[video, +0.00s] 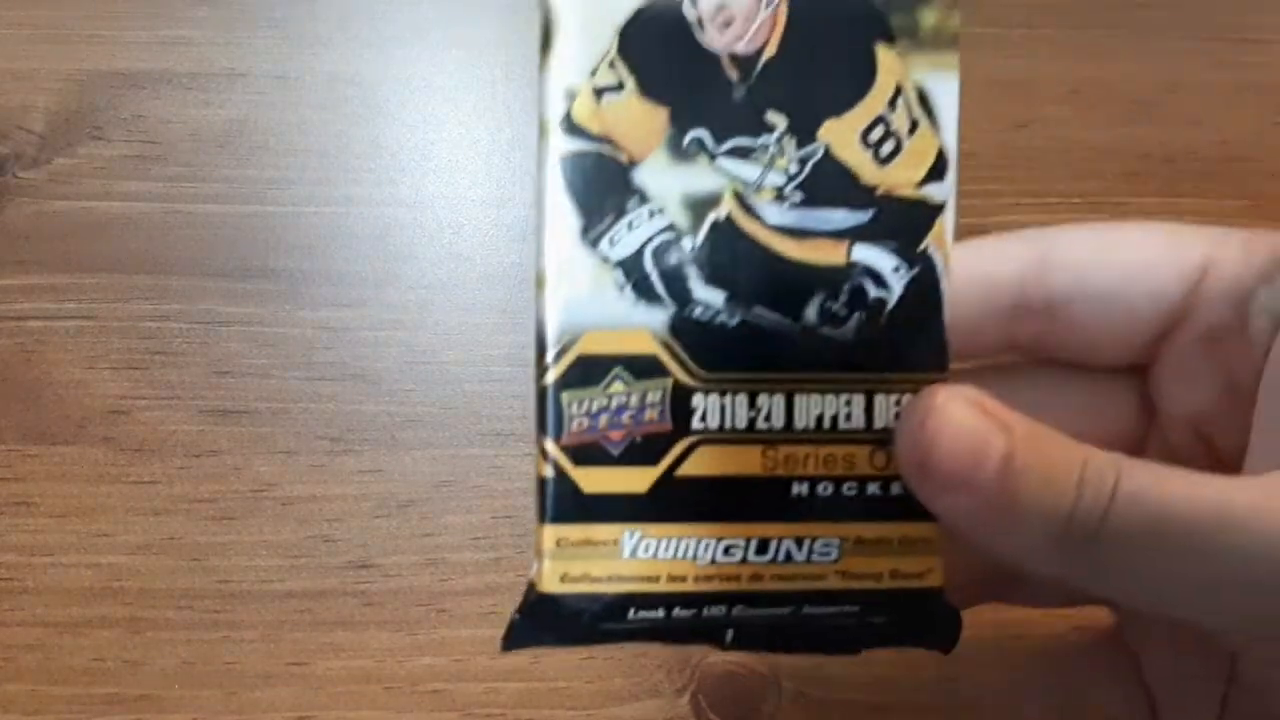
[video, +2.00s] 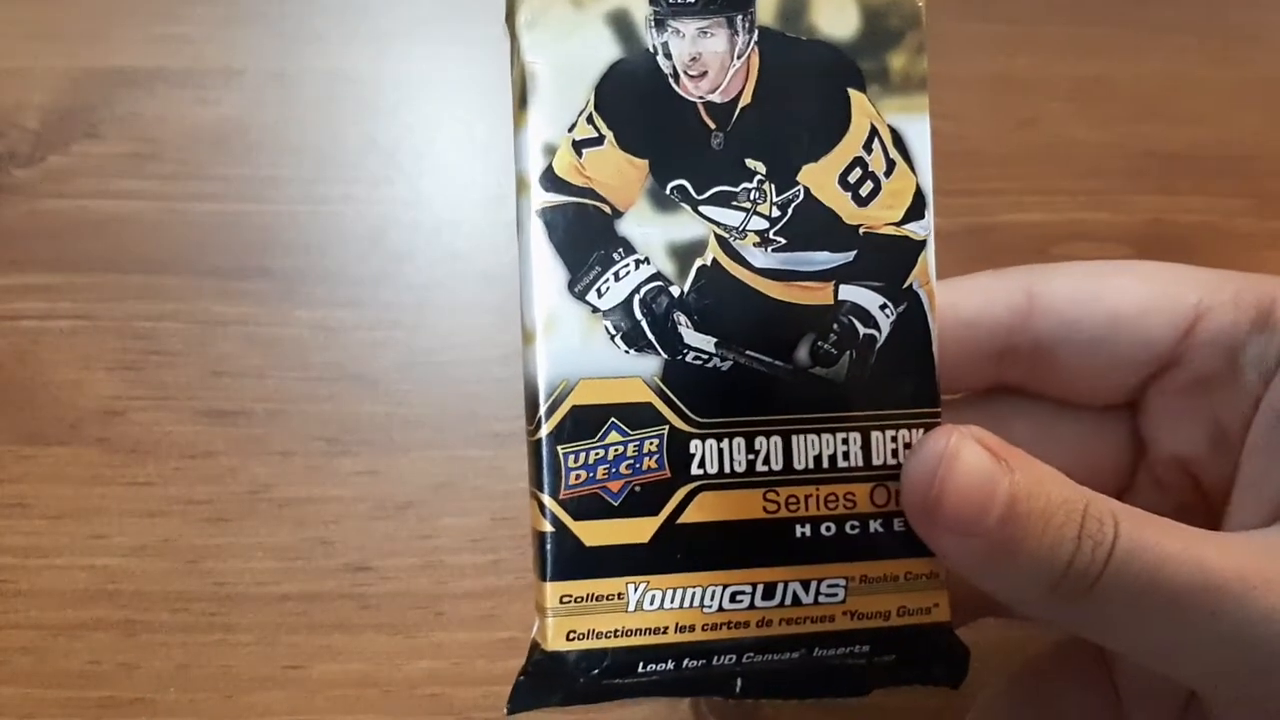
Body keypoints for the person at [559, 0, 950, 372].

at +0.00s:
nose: (712, 10)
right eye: (697, 0)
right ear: (683, 1)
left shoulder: (839, 38)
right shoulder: (656, 40)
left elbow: (922, 177)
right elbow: (588, 140)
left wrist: (875, 272)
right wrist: (640, 244)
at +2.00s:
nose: (688, 55)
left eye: (707, 33)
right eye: (673, 34)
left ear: (744, 30)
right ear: (657, 36)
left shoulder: (814, 84)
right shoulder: (634, 94)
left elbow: (899, 214)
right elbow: (569, 196)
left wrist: (858, 318)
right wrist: (628, 287)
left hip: (859, 282)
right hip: (741, 278)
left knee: (894, 444)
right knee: (678, 426)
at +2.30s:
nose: (702, 54)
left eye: (721, 31)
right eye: (686, 31)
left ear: (761, 28)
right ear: (669, 30)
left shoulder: (832, 86)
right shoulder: (645, 93)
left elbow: (914, 222)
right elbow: (577, 199)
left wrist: (870, 329)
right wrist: (636, 294)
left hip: (867, 293)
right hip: (750, 286)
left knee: (904, 450)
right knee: (686, 429)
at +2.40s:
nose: (696, 54)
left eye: (714, 32)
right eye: (680, 33)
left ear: (754, 28)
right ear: (664, 32)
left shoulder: (825, 86)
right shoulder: (638, 94)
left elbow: (908, 219)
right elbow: (571, 198)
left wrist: (865, 327)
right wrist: (628, 291)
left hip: (864, 288)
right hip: (745, 283)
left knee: (897, 450)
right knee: (682, 432)